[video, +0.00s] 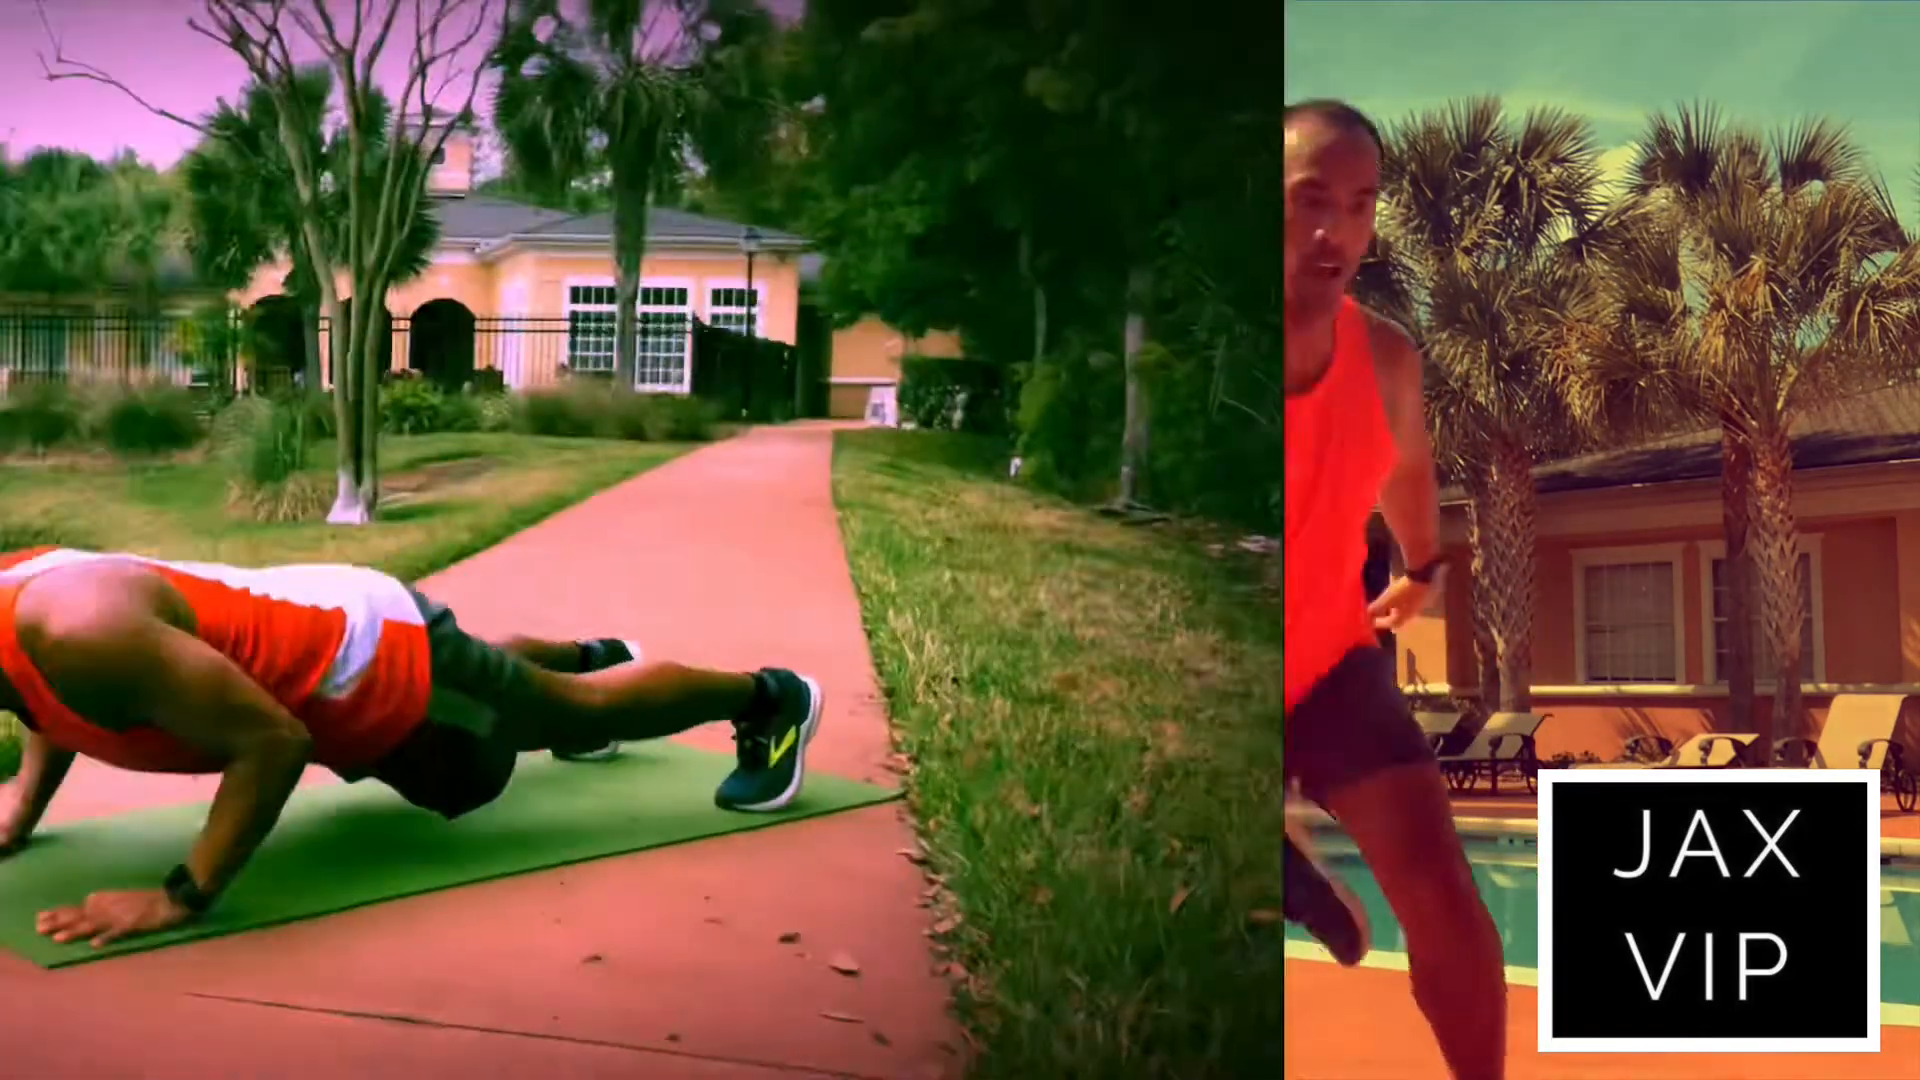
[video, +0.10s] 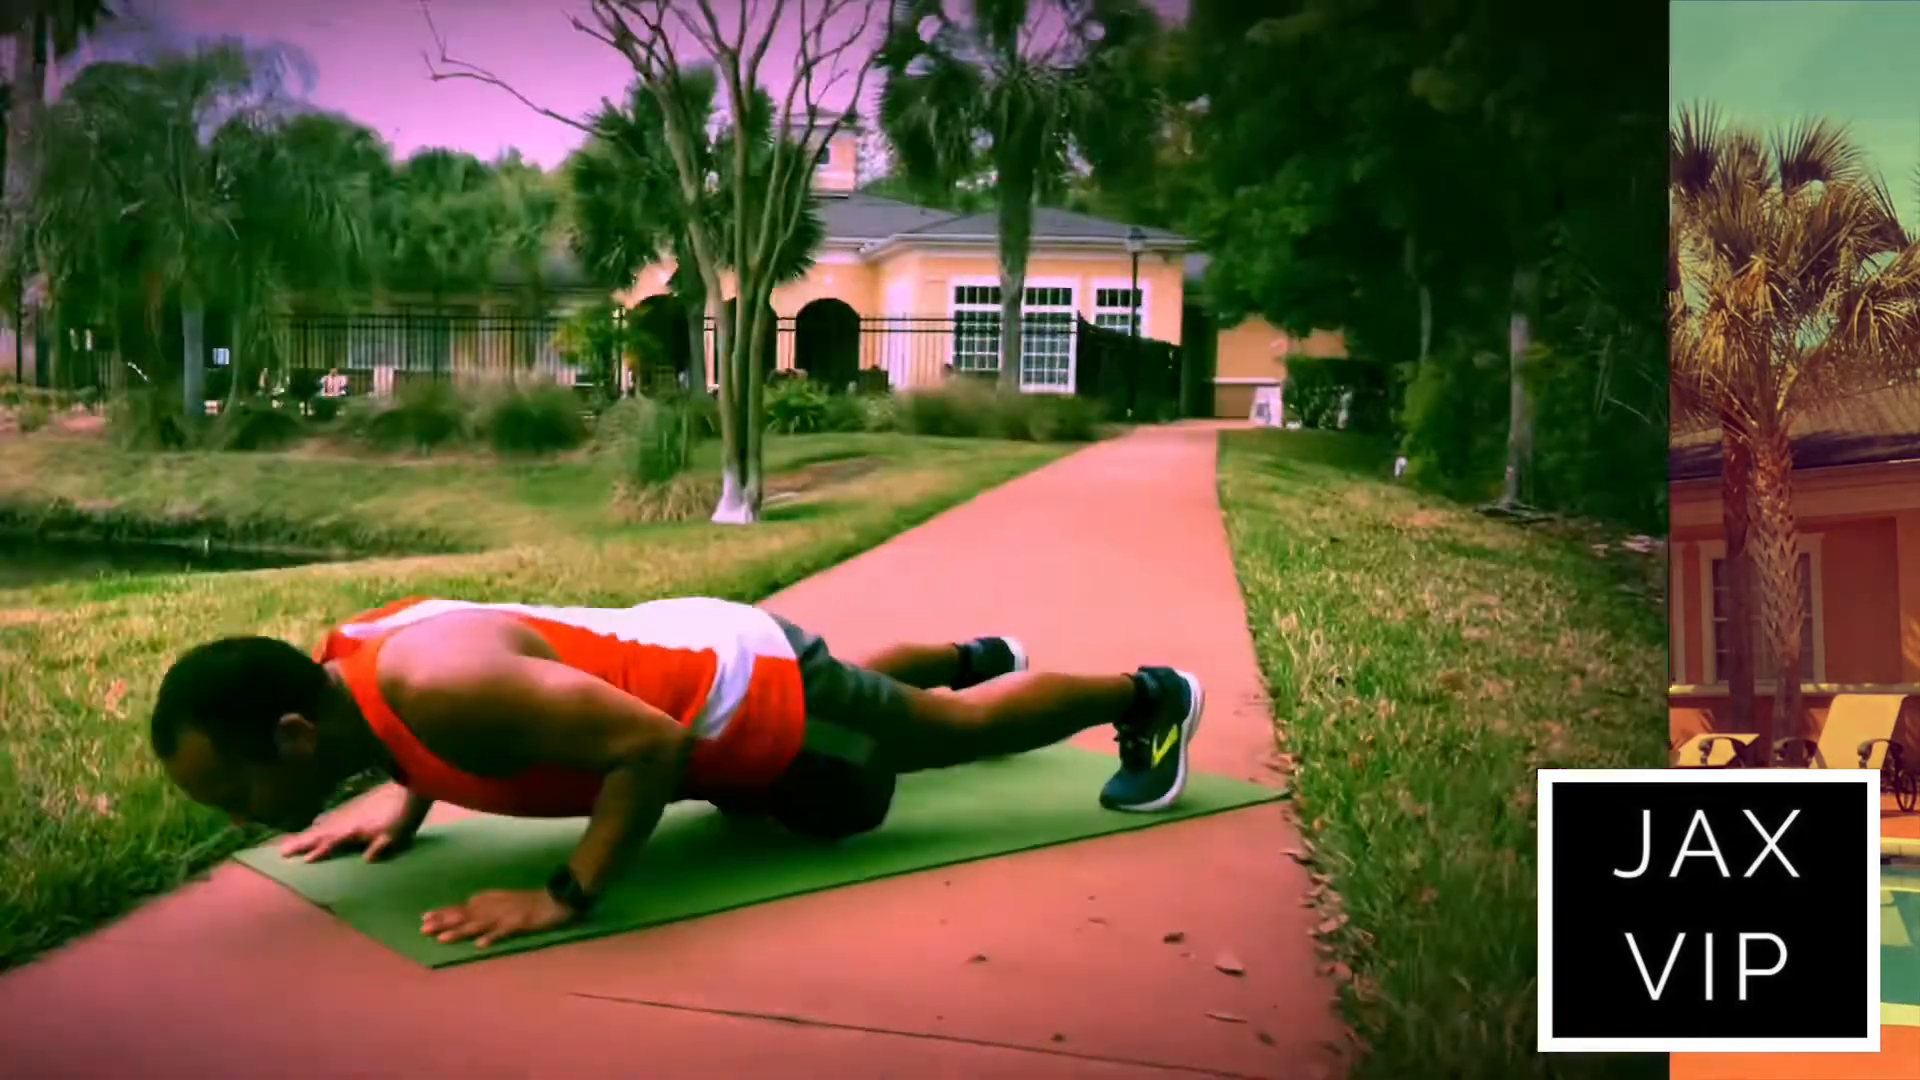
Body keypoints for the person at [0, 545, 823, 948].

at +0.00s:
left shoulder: (80, 631)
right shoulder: (12, 617)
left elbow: (273, 743)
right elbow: (65, 704)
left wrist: (185, 895)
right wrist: (24, 805)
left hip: (392, 661)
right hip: (329, 662)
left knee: (576, 708)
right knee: (468, 684)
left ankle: (767, 697)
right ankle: (589, 661)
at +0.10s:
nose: (248, 819)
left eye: (243, 798)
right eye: (229, 808)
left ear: (298, 730)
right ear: (287, 722)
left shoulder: (455, 690)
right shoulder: (351, 660)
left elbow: (649, 748)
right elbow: (428, 694)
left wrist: (571, 897)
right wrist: (408, 800)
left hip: (769, 699)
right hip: (694, 642)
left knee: (956, 723)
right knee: (837, 674)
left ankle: (1146, 696)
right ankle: (967, 659)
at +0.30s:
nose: (464, 840)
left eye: (464, 816)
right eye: (448, 821)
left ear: (527, 752)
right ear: (520, 739)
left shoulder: (682, 712)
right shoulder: (586, 682)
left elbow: (886, 743)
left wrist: (816, 893)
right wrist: (656, 813)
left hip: (1004, 727)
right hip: (930, 673)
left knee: (1206, 738)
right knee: (1062, 689)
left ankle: (1394, 693)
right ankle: (1211, 657)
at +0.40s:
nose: (459, 744)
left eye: (459, 718)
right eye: (443, 726)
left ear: (538, 665)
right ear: (523, 664)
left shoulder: (701, 656)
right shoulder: (593, 638)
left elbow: (887, 743)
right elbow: (670, 691)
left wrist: (822, 897)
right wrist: (651, 792)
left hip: (1012, 706)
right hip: (939, 679)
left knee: (1213, 732)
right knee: (1087, 683)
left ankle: (1393, 695)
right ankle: (1200, 654)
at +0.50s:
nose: (489, 639)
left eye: (491, 609)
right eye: (473, 619)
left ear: (569, 561)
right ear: (558, 569)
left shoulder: (720, 585)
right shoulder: (625, 587)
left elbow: (881, 737)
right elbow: (672, 680)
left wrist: (821, 895)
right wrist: (653, 800)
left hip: (1022, 663)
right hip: (953, 666)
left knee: (1217, 715)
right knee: (1112, 694)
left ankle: (1400, 694)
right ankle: (1213, 654)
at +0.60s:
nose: (525, 522)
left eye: (531, 496)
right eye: (512, 504)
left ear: (613, 455)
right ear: (587, 466)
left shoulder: (748, 508)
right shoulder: (636, 533)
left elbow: (852, 707)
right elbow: (662, 661)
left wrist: (815, 890)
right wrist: (654, 805)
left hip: (1037, 598)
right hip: (965, 652)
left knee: (1223, 682)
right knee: (1106, 709)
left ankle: (1405, 696)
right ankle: (1221, 706)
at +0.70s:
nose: (574, 429)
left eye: (578, 401)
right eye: (559, 409)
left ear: (658, 352)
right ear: (645, 367)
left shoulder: (799, 419)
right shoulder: (666, 452)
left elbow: (820, 661)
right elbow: (663, 624)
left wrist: (789, 857)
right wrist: (639, 789)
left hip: (1063, 546)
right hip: (982, 591)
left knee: (1227, 654)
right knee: (1117, 655)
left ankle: (1414, 699)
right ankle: (1239, 682)